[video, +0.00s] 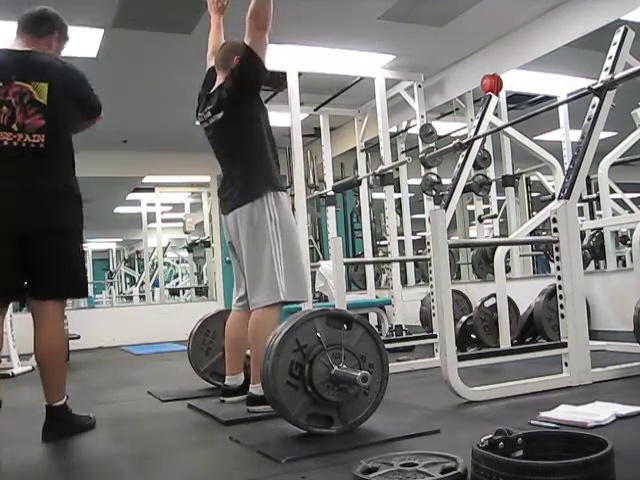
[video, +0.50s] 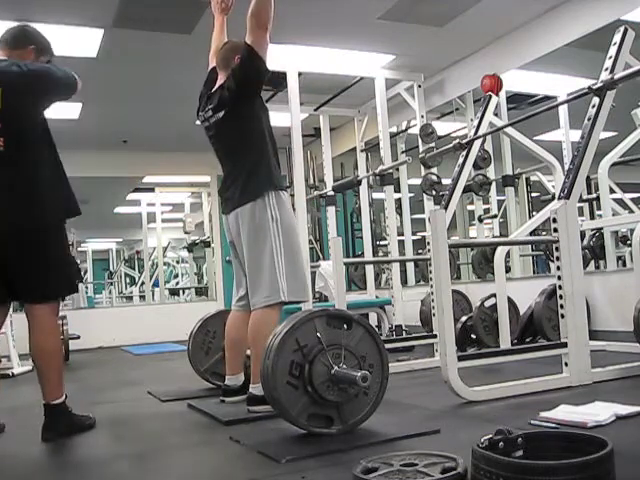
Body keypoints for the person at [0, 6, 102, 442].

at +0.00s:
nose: (62, 52)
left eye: (63, 47)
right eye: (64, 45)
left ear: (20, 34)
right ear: (55, 39)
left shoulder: (0, 64)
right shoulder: (64, 74)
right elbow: (90, 114)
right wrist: (49, 124)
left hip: (0, 212)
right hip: (49, 212)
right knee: (48, 310)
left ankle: (58, 411)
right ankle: (57, 413)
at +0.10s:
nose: (65, 57)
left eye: (65, 52)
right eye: (67, 51)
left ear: (26, 37)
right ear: (60, 44)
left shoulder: (0, 63)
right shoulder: (65, 75)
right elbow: (88, 102)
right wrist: (58, 66)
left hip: (1, 213)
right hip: (50, 213)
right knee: (49, 312)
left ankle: (58, 411)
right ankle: (57, 413)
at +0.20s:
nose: (65, 62)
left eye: (64, 57)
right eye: (66, 56)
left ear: (28, 42)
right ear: (58, 49)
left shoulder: (2, 64)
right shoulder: (64, 77)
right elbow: (87, 92)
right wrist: (58, 66)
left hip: (2, 213)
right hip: (50, 213)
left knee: (2, 309)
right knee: (48, 311)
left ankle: (58, 412)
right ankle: (57, 413)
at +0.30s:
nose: (60, 64)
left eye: (60, 59)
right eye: (62, 58)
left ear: (23, 45)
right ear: (53, 51)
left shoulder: (2, 66)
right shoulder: (58, 77)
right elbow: (83, 89)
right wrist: (50, 68)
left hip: (2, 214)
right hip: (45, 213)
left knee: (3, 308)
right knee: (47, 310)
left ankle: (57, 411)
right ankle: (57, 413)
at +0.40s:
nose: (55, 67)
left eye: (55, 62)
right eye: (55, 61)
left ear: (16, 48)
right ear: (43, 53)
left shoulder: (5, 75)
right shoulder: (34, 78)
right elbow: (75, 85)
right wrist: (45, 69)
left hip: (6, 217)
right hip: (37, 215)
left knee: (4, 310)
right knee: (46, 310)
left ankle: (57, 410)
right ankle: (57, 412)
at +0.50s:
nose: (41, 67)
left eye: (43, 62)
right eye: (43, 62)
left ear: (7, 49)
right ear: (31, 53)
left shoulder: (11, 80)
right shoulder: (21, 79)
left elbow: (67, 82)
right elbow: (69, 82)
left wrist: (34, 68)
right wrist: (41, 65)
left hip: (19, 217)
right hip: (29, 217)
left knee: (40, 312)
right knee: (42, 310)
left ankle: (57, 410)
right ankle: (56, 412)